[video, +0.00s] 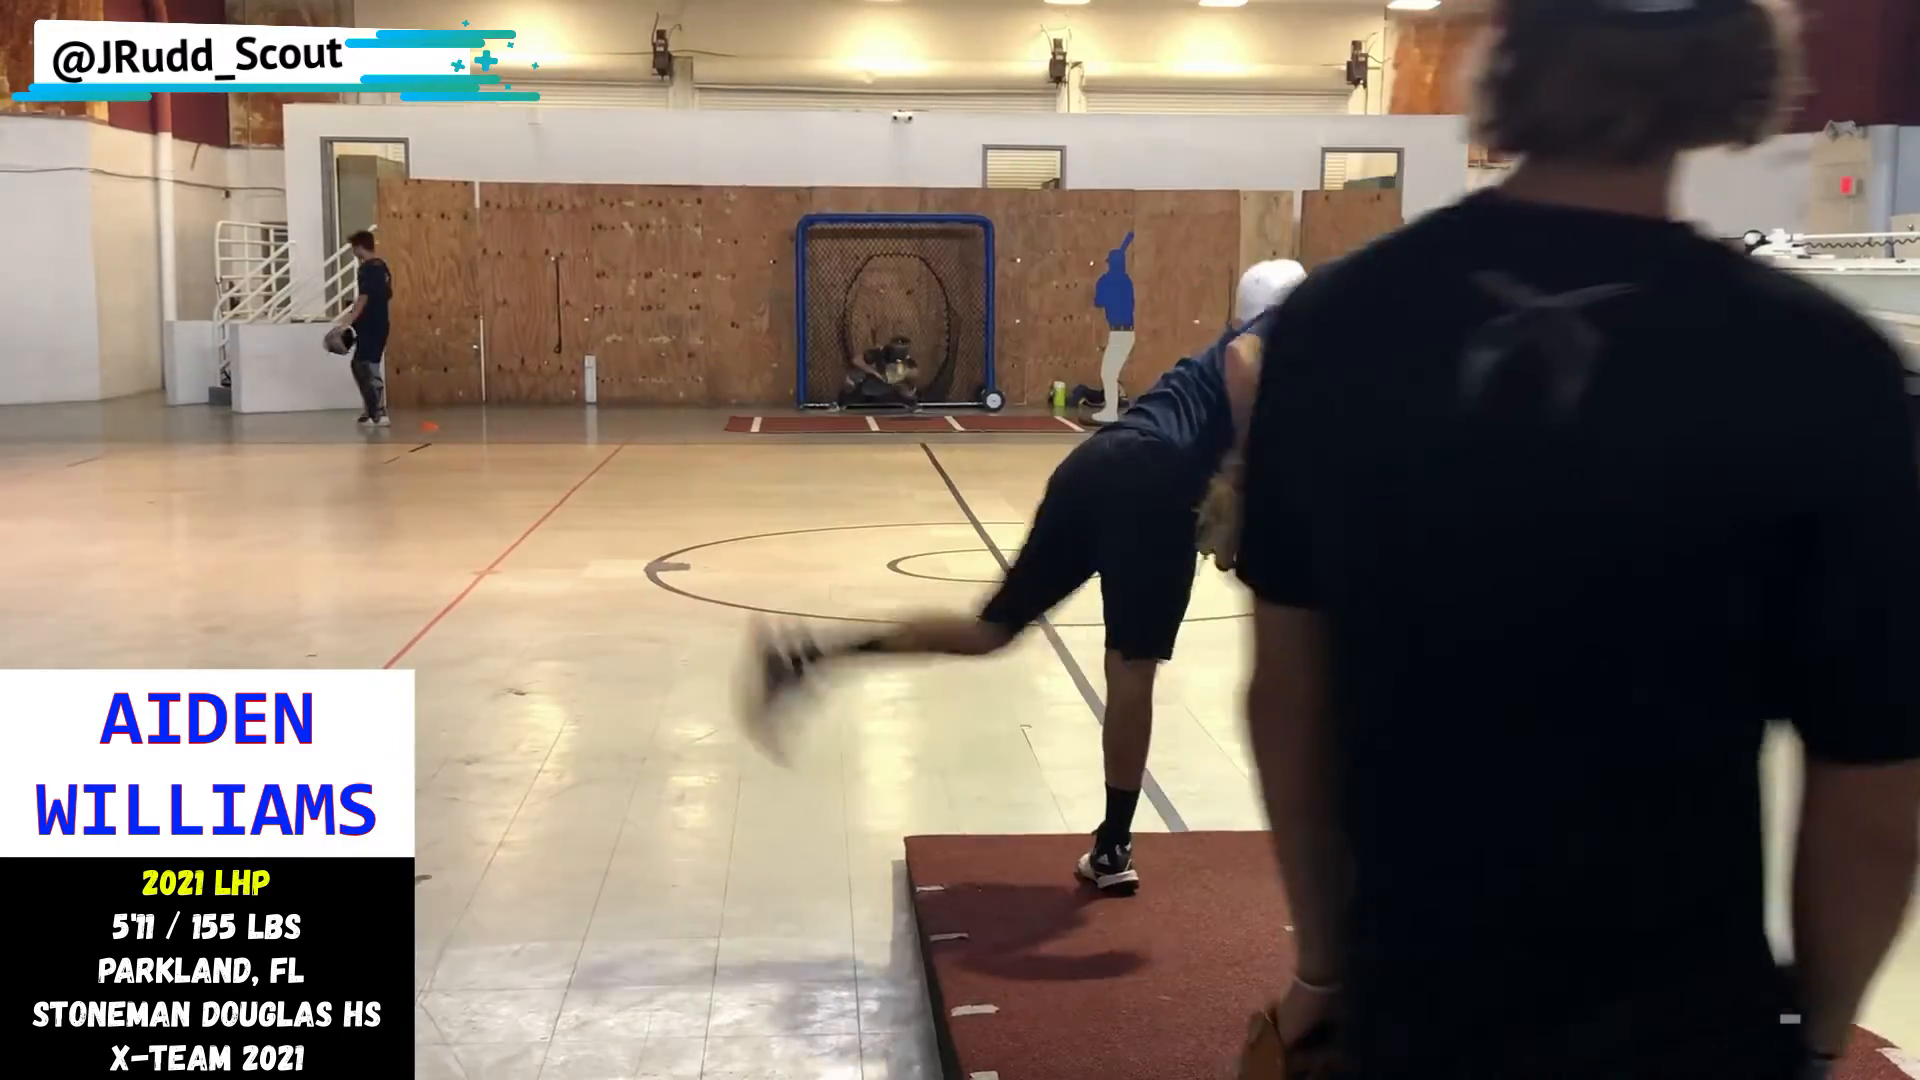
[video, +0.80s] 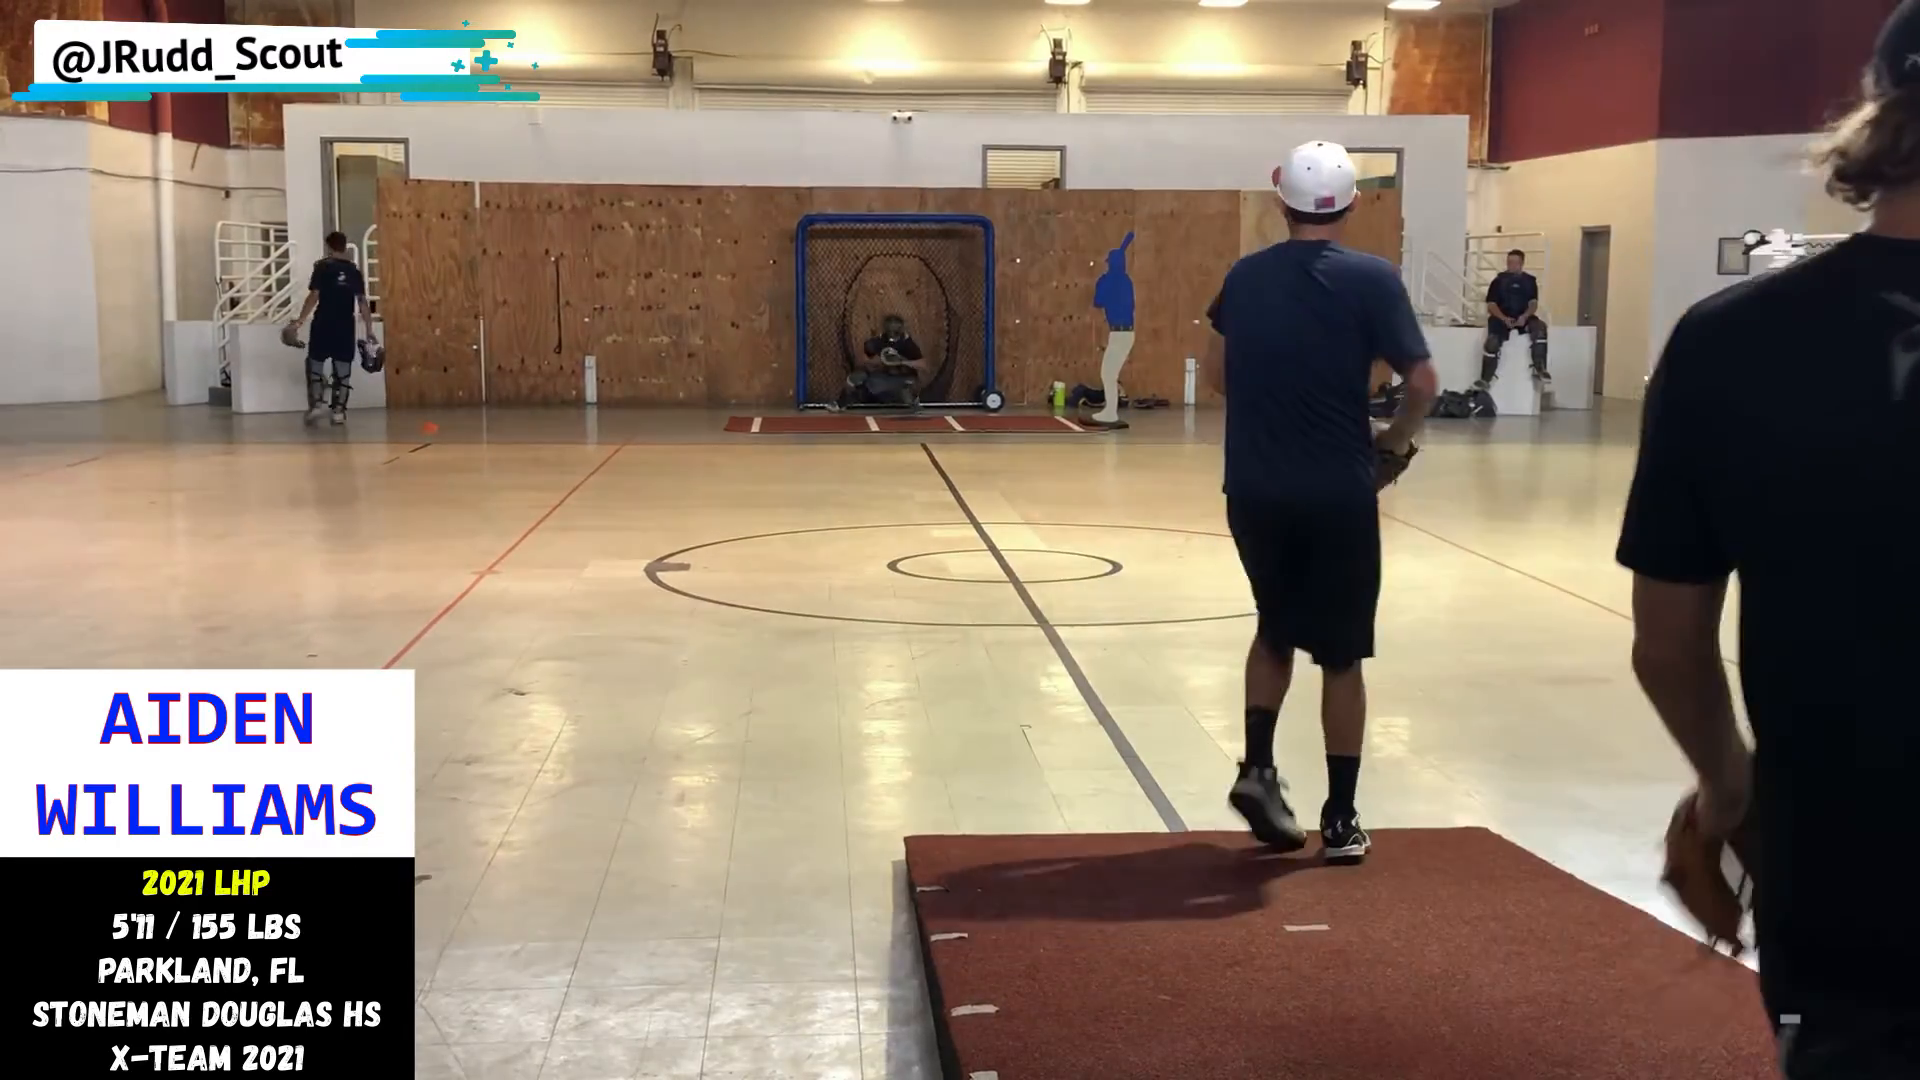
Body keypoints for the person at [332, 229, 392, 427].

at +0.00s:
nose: (354, 252)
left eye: (355, 248)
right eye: (353, 248)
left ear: (361, 247)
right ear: (371, 246)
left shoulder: (366, 269)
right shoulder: (380, 266)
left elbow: (363, 298)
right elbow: (387, 294)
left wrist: (349, 321)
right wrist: (358, 306)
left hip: (370, 324)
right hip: (378, 323)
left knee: (364, 364)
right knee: (361, 364)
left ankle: (378, 410)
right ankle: (371, 409)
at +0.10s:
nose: (349, 253)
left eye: (350, 249)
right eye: (349, 249)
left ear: (355, 248)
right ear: (366, 246)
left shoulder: (360, 270)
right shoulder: (376, 267)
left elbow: (351, 302)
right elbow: (383, 296)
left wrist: (336, 325)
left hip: (364, 324)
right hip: (376, 322)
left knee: (364, 364)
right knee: (355, 363)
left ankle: (377, 412)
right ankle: (355, 405)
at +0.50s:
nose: (337, 250)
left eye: (337, 247)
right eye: (339, 247)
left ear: (337, 247)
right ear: (354, 248)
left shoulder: (333, 268)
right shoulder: (362, 273)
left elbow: (327, 298)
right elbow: (367, 306)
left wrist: (313, 327)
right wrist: (370, 333)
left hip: (335, 326)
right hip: (353, 327)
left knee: (336, 367)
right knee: (344, 367)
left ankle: (362, 403)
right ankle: (339, 409)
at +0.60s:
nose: (336, 251)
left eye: (335, 247)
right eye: (343, 247)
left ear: (335, 247)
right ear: (352, 248)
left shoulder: (328, 266)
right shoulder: (360, 272)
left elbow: (321, 296)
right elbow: (366, 304)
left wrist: (309, 323)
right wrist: (370, 333)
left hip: (330, 324)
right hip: (350, 325)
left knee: (323, 366)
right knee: (345, 367)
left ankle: (346, 397)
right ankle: (337, 409)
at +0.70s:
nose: (330, 250)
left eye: (330, 247)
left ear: (332, 247)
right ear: (349, 247)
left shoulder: (325, 266)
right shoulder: (357, 270)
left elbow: (318, 296)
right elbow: (364, 303)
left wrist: (304, 321)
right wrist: (371, 331)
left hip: (326, 325)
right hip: (347, 326)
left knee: (317, 364)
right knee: (343, 368)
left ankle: (332, 400)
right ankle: (340, 412)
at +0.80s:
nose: (327, 250)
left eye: (327, 247)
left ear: (328, 246)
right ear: (345, 247)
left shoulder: (322, 266)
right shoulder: (354, 270)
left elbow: (313, 296)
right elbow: (362, 303)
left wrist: (300, 320)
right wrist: (369, 331)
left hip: (322, 325)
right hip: (345, 326)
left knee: (315, 364)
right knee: (342, 369)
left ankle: (317, 405)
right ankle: (338, 411)